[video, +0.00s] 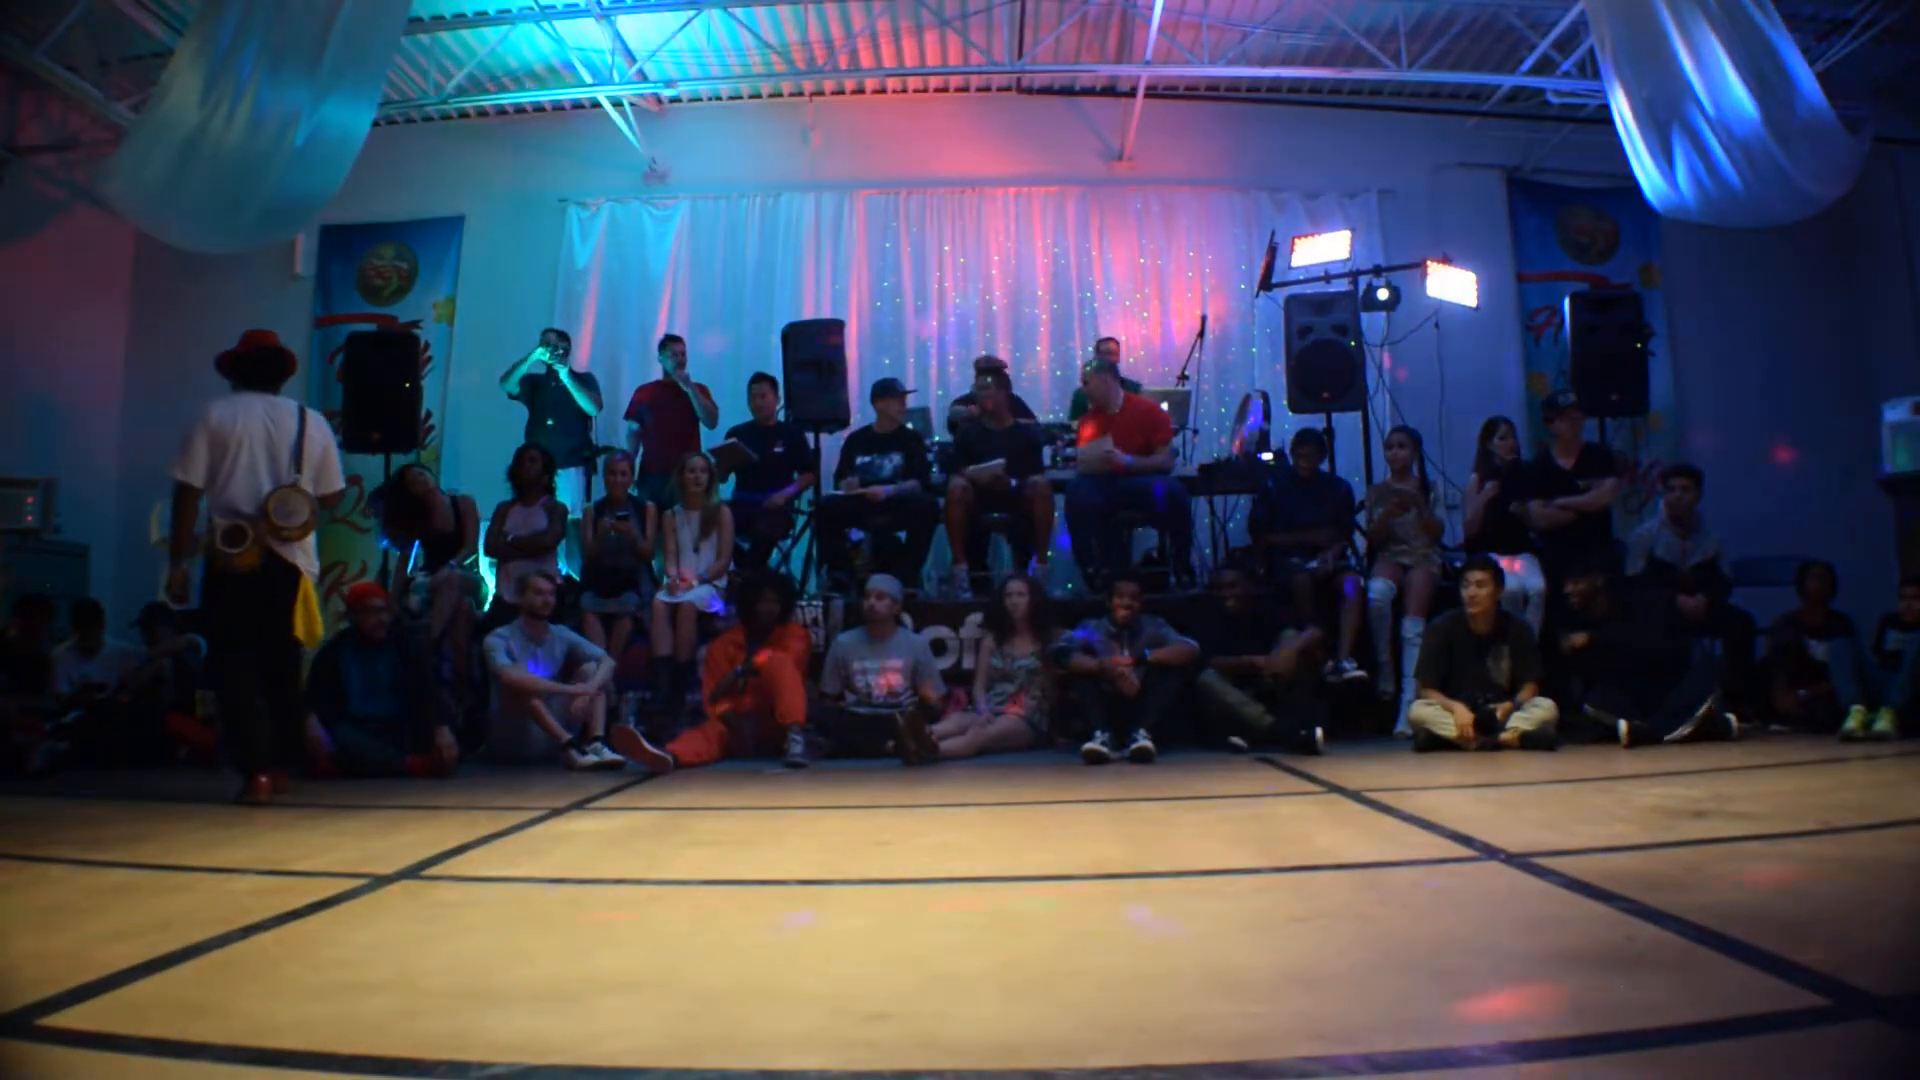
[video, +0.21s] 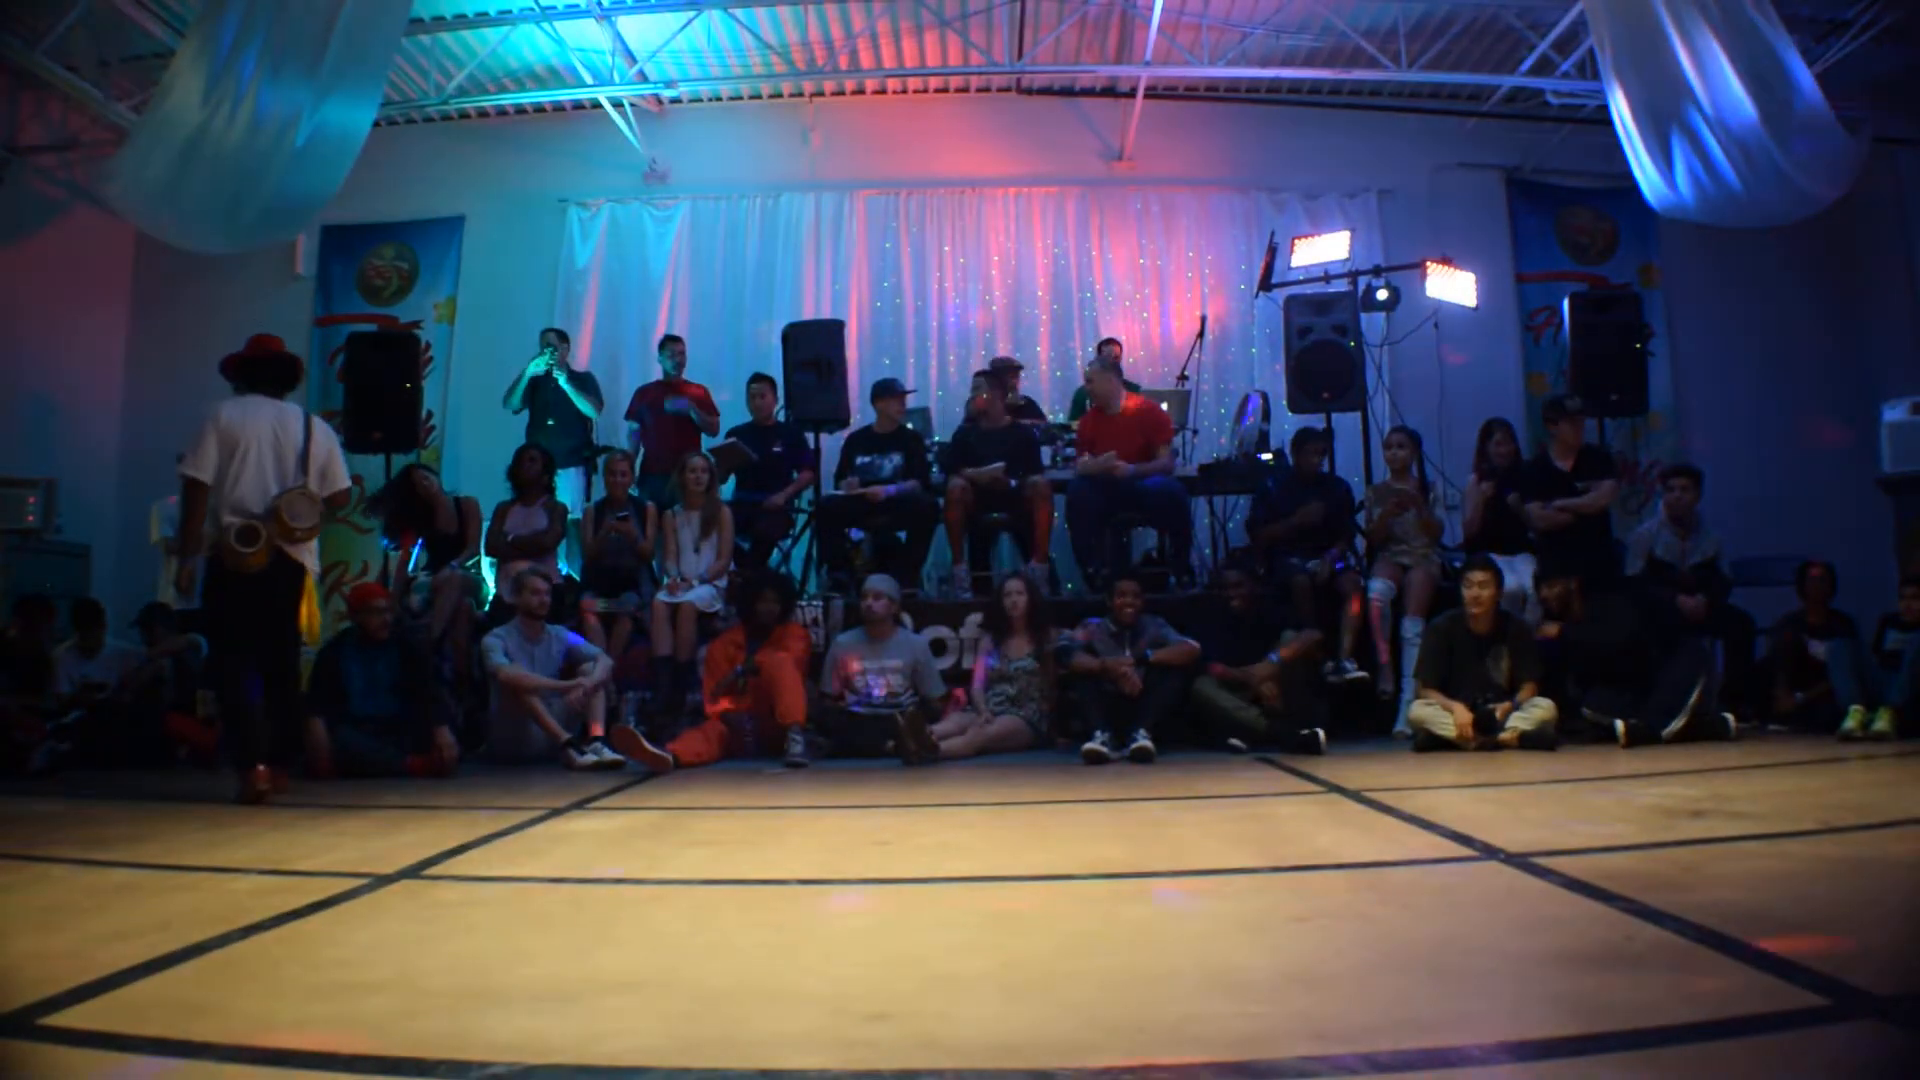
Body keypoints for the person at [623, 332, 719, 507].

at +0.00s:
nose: (679, 359)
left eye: (682, 354)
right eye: (673, 355)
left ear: (686, 356)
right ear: (661, 359)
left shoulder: (698, 390)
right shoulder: (645, 393)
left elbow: (711, 421)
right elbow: (633, 436)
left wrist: (688, 387)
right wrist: (627, 475)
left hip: (688, 476)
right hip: (653, 474)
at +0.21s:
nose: (677, 360)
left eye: (681, 354)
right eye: (671, 355)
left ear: (686, 357)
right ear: (660, 359)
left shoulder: (698, 392)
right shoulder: (644, 393)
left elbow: (713, 429)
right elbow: (633, 436)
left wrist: (691, 410)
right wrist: (628, 473)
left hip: (688, 476)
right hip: (653, 473)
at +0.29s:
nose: (669, 360)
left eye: (674, 354)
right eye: (664, 356)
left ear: (684, 357)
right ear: (659, 360)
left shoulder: (699, 393)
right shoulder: (645, 393)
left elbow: (713, 431)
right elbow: (634, 434)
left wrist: (690, 423)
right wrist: (629, 471)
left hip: (688, 476)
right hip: (653, 473)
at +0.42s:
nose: (659, 361)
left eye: (664, 355)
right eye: (656, 356)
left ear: (680, 356)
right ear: (654, 360)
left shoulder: (699, 393)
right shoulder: (644, 393)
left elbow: (711, 433)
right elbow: (634, 433)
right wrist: (628, 469)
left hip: (686, 476)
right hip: (652, 473)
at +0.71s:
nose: (656, 361)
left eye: (661, 355)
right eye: (655, 356)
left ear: (679, 356)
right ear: (653, 360)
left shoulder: (699, 393)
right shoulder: (645, 392)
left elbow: (711, 435)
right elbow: (634, 434)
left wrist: (715, 473)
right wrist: (628, 471)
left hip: (687, 478)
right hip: (651, 475)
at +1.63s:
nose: (674, 359)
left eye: (680, 353)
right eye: (668, 354)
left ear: (687, 358)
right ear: (661, 359)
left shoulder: (701, 392)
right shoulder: (648, 393)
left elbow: (711, 436)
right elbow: (637, 435)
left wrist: (712, 474)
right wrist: (627, 470)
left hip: (690, 477)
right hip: (655, 475)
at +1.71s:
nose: (675, 359)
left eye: (679, 353)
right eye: (669, 354)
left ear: (687, 357)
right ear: (661, 359)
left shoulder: (701, 392)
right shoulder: (648, 393)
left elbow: (712, 436)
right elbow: (635, 436)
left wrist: (714, 473)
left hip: (689, 477)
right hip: (654, 475)